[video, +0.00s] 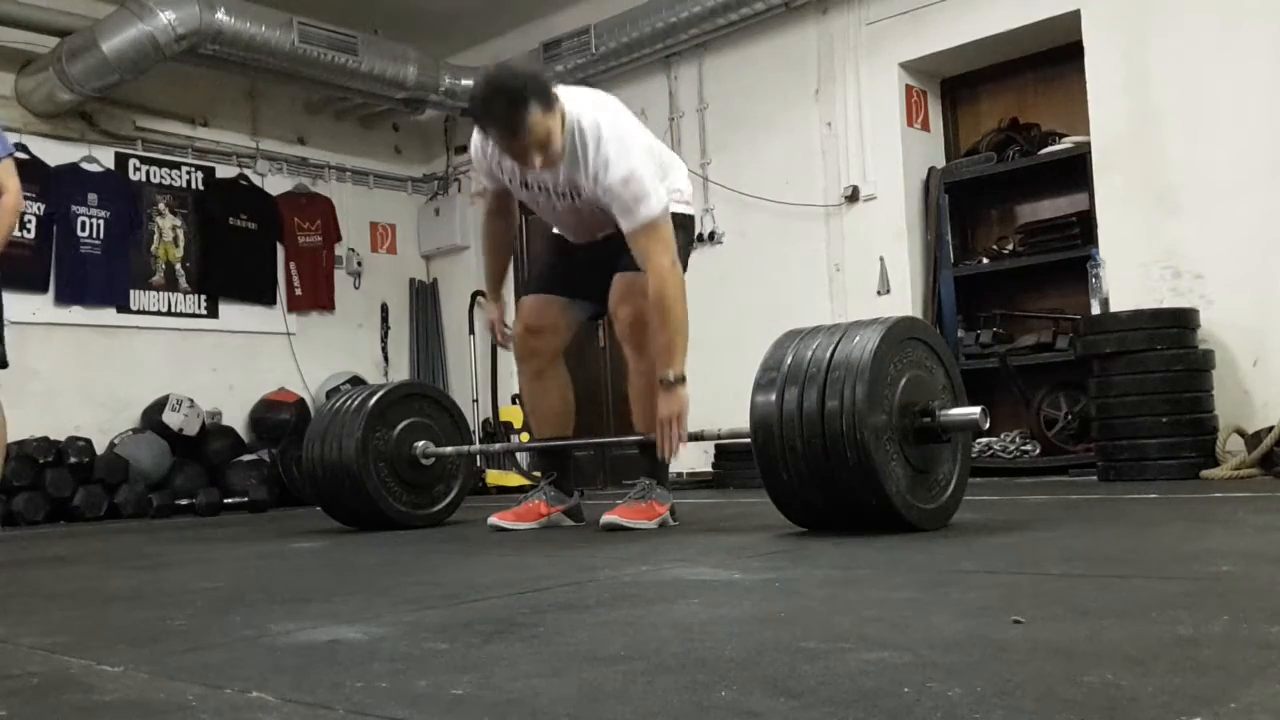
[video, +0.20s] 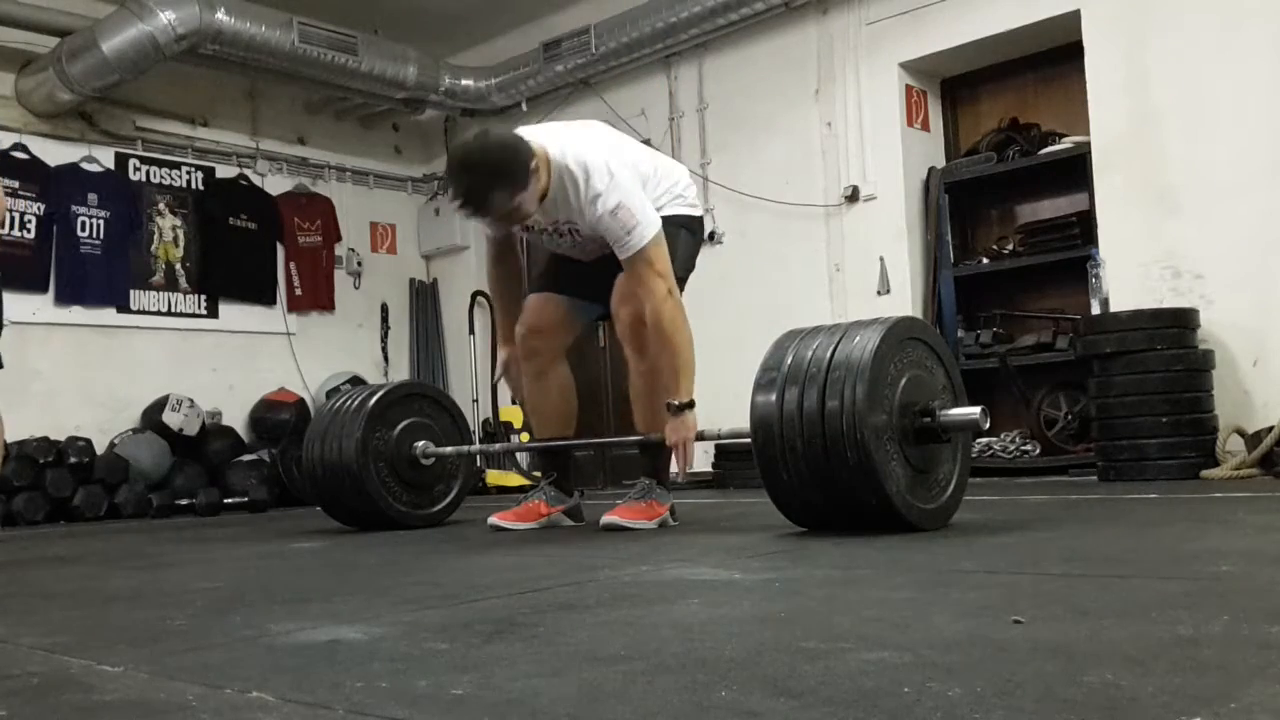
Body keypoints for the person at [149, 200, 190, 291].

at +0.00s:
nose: (162, 211)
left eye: (164, 209)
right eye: (160, 210)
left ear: (167, 208)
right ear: (159, 210)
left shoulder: (174, 220)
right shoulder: (158, 220)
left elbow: (180, 235)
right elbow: (156, 234)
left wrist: (180, 249)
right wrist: (154, 245)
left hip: (172, 243)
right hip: (161, 243)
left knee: (177, 265)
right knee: (159, 262)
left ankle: (183, 283)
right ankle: (159, 277)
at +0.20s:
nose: (163, 211)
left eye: (164, 209)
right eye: (161, 210)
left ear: (168, 208)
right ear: (159, 211)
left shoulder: (174, 220)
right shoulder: (158, 220)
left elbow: (180, 235)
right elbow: (156, 234)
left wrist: (180, 249)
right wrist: (154, 245)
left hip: (172, 243)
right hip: (162, 243)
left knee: (177, 265)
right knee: (159, 262)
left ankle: (183, 284)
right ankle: (159, 277)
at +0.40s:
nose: (162, 211)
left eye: (164, 209)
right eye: (160, 210)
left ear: (168, 208)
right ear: (159, 210)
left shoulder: (175, 220)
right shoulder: (158, 220)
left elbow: (180, 235)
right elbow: (156, 234)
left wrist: (180, 249)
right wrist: (155, 245)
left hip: (172, 243)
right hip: (162, 243)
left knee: (177, 265)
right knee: (159, 262)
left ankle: (183, 284)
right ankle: (159, 277)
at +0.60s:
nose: (162, 211)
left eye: (164, 209)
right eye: (160, 210)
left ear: (167, 208)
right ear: (159, 210)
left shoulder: (174, 220)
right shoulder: (158, 220)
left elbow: (180, 235)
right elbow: (156, 234)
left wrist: (180, 249)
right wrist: (155, 245)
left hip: (172, 243)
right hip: (162, 243)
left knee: (177, 265)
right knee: (159, 262)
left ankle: (183, 283)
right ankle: (159, 277)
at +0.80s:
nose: (163, 212)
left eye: (165, 209)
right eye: (161, 210)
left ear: (168, 208)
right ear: (159, 211)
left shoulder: (175, 221)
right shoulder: (159, 220)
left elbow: (181, 236)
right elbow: (157, 234)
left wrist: (181, 249)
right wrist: (155, 245)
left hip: (172, 243)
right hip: (162, 243)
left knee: (178, 265)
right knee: (160, 262)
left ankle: (183, 283)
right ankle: (160, 277)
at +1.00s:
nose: (161, 211)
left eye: (163, 209)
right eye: (159, 209)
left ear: (167, 208)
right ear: (158, 210)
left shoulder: (174, 220)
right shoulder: (157, 220)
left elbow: (180, 235)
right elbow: (155, 234)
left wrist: (179, 248)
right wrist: (154, 245)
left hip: (171, 243)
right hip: (160, 243)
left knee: (176, 265)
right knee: (159, 261)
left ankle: (182, 283)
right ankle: (158, 277)